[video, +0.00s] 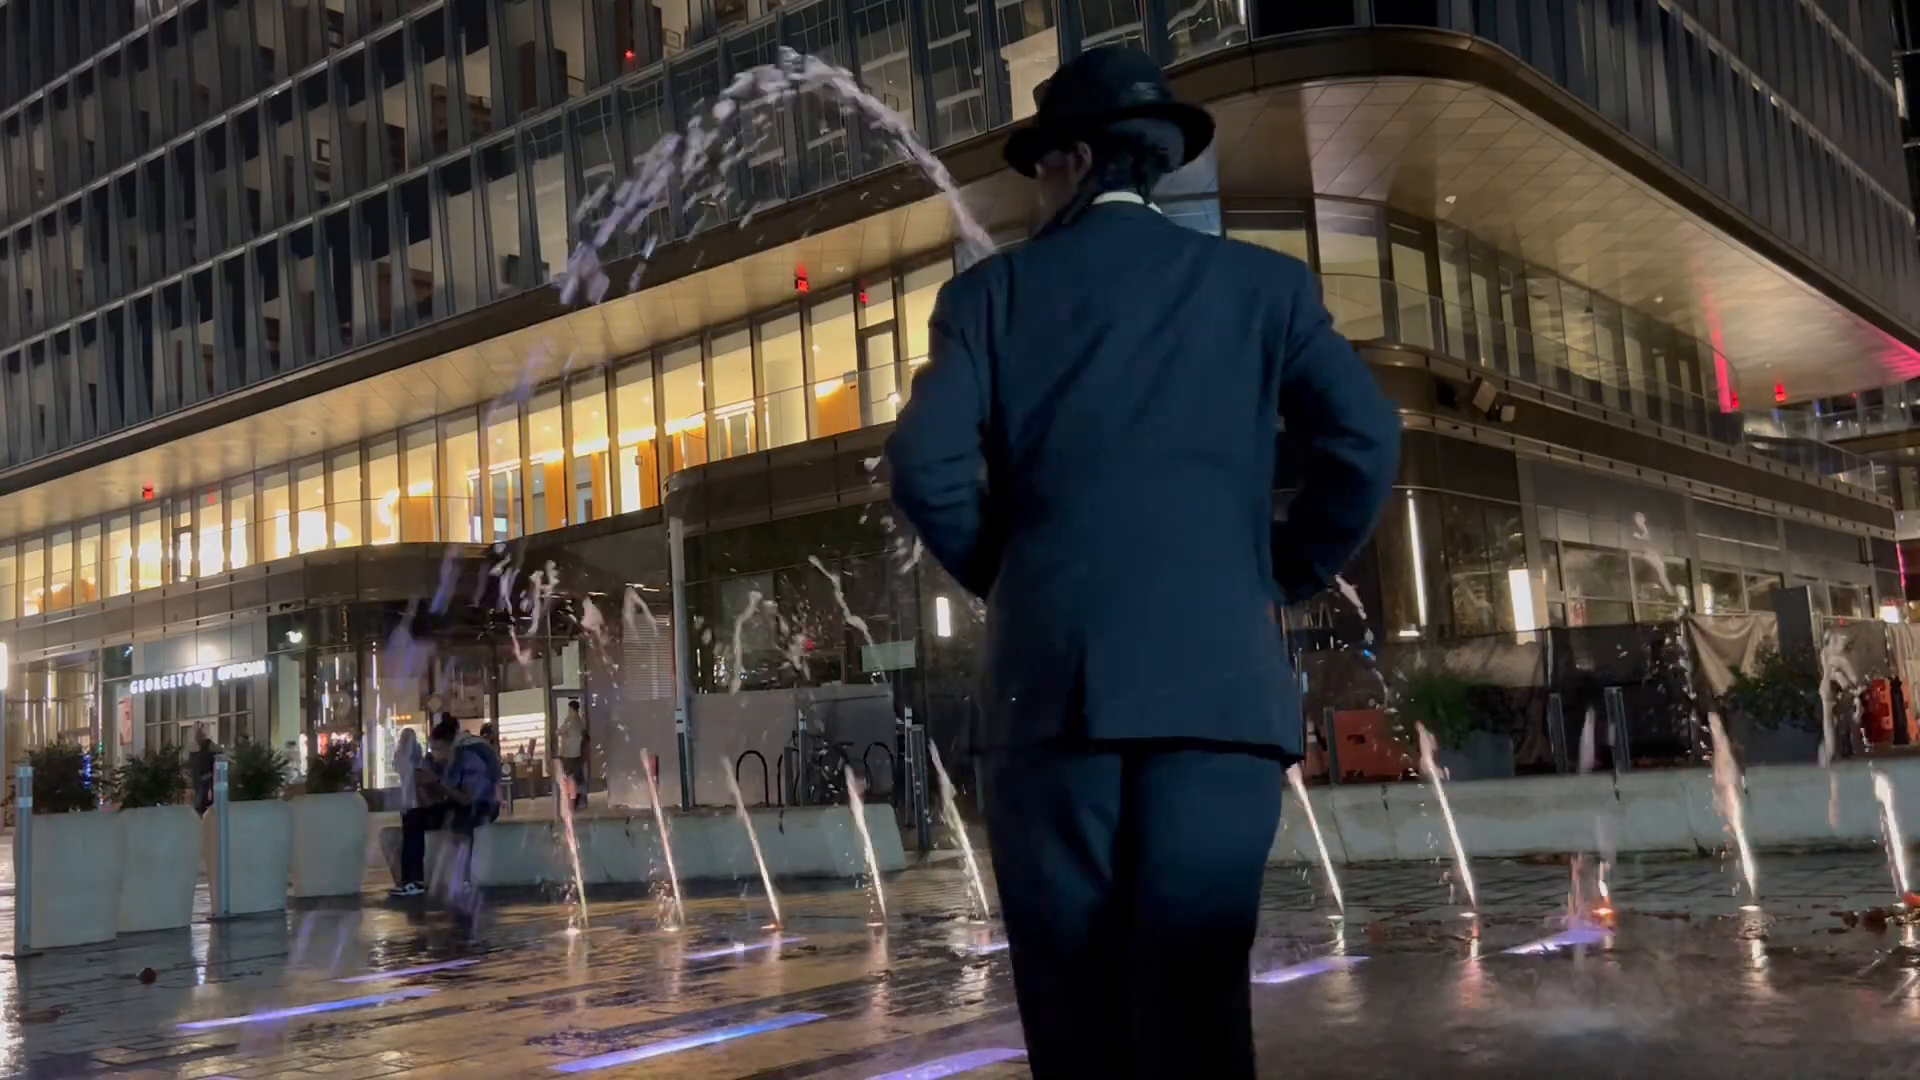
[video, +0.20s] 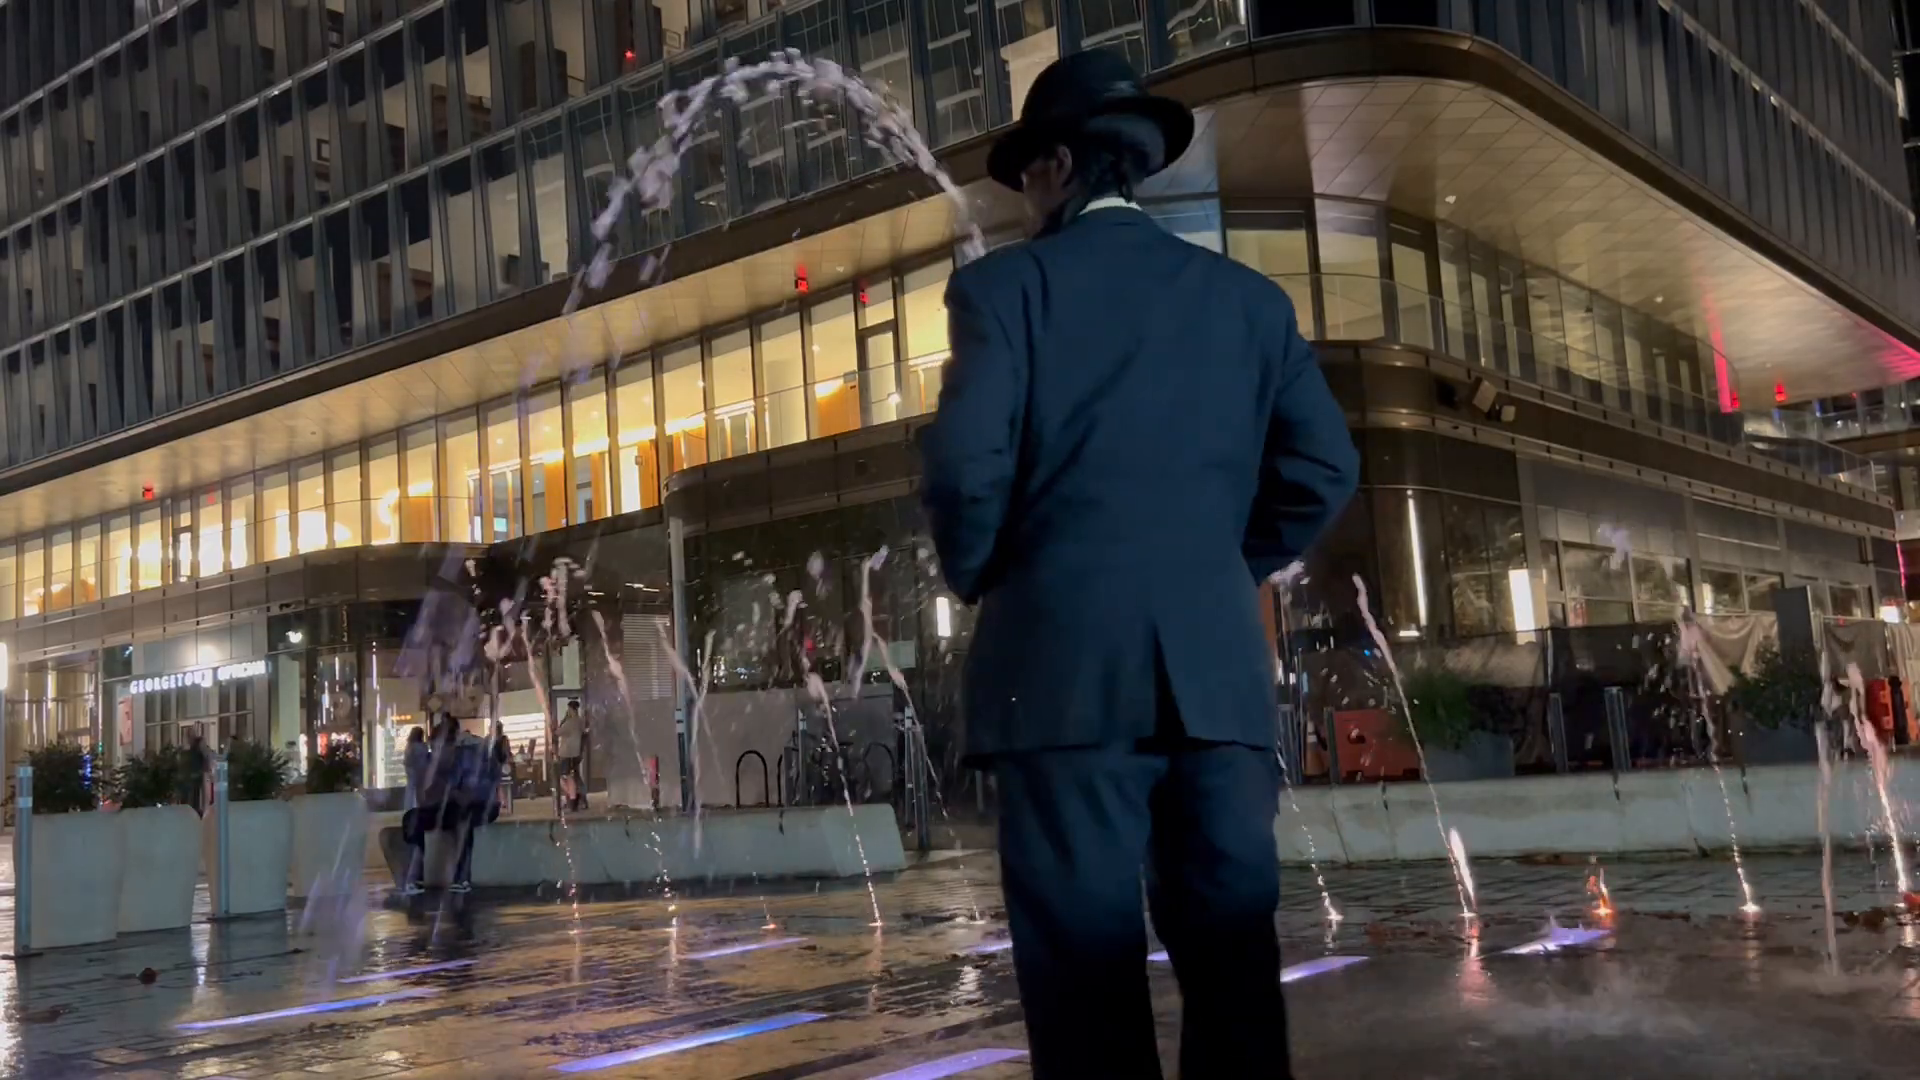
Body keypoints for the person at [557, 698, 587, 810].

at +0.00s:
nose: (569, 711)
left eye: (570, 709)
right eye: (569, 709)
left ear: (571, 709)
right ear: (577, 709)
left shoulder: (570, 720)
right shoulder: (581, 721)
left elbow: (563, 731)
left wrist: (558, 732)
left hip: (569, 754)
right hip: (577, 754)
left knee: (571, 778)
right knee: (578, 778)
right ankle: (581, 799)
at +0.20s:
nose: (568, 711)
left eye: (569, 709)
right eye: (569, 709)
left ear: (570, 709)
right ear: (577, 709)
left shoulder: (569, 722)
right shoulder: (580, 721)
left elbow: (559, 732)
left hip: (566, 754)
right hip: (576, 753)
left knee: (565, 777)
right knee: (575, 776)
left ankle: (572, 799)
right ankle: (579, 798)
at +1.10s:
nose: (563, 710)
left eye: (564, 708)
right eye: (564, 707)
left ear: (566, 708)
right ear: (573, 708)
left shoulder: (566, 719)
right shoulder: (575, 720)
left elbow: (557, 732)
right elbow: (573, 734)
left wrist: (551, 732)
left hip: (565, 752)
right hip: (573, 751)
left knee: (565, 777)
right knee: (570, 777)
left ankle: (570, 800)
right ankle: (572, 800)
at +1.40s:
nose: (560, 710)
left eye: (561, 708)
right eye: (561, 708)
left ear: (563, 708)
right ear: (569, 708)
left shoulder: (560, 720)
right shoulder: (572, 720)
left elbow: (552, 733)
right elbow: (571, 734)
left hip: (560, 753)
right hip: (568, 752)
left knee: (563, 779)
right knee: (570, 779)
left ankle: (564, 801)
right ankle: (572, 800)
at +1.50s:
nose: (558, 710)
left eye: (559, 708)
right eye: (559, 708)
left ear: (561, 708)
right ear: (568, 708)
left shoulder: (559, 721)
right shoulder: (571, 720)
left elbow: (551, 733)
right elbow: (568, 736)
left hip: (558, 754)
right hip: (568, 753)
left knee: (556, 781)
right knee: (570, 780)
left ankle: (556, 805)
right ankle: (572, 801)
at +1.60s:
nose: (558, 710)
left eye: (558, 708)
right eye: (558, 708)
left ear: (561, 708)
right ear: (567, 708)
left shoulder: (559, 720)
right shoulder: (570, 720)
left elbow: (552, 731)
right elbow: (570, 736)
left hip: (560, 754)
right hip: (568, 753)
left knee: (559, 779)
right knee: (570, 780)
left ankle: (558, 803)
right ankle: (571, 801)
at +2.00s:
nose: (558, 710)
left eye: (560, 708)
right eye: (558, 708)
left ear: (562, 708)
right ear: (567, 708)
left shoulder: (560, 720)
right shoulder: (570, 719)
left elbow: (556, 734)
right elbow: (571, 735)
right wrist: (570, 748)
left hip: (561, 752)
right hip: (568, 752)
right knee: (570, 778)